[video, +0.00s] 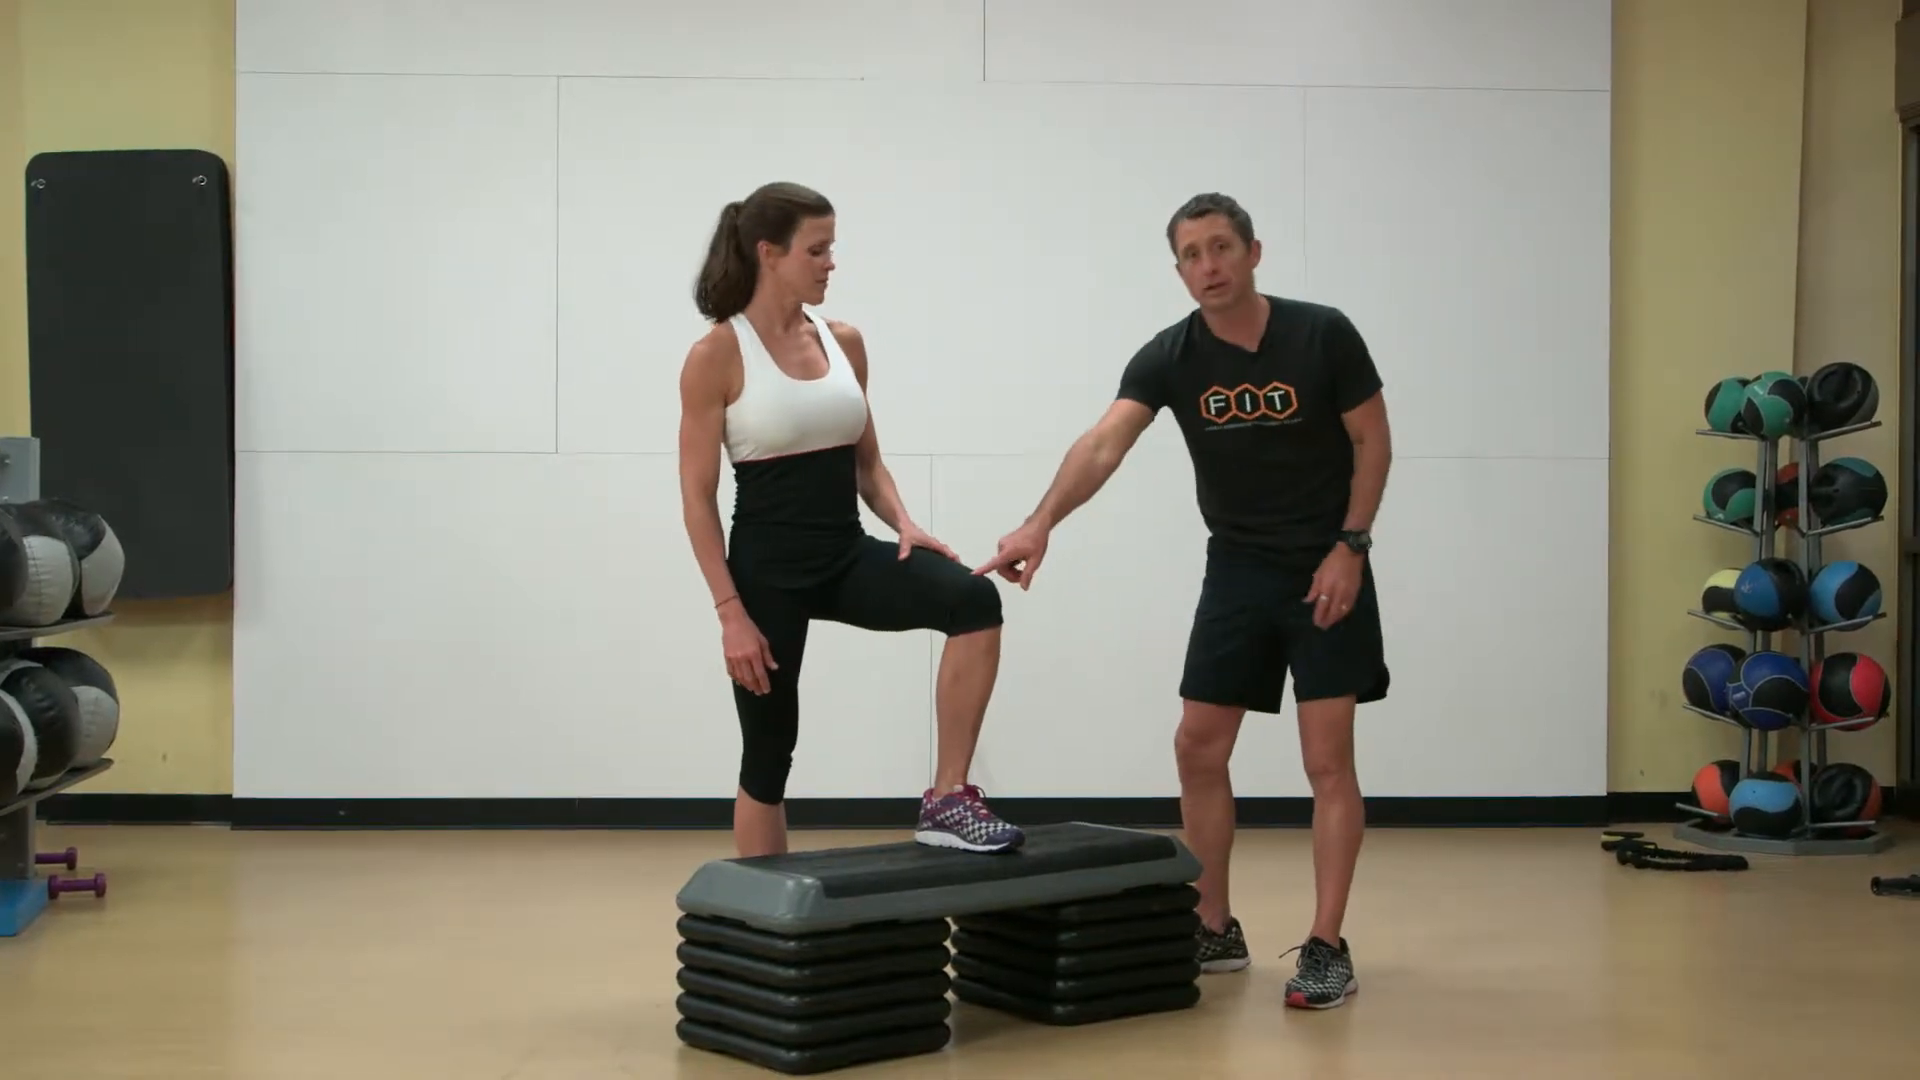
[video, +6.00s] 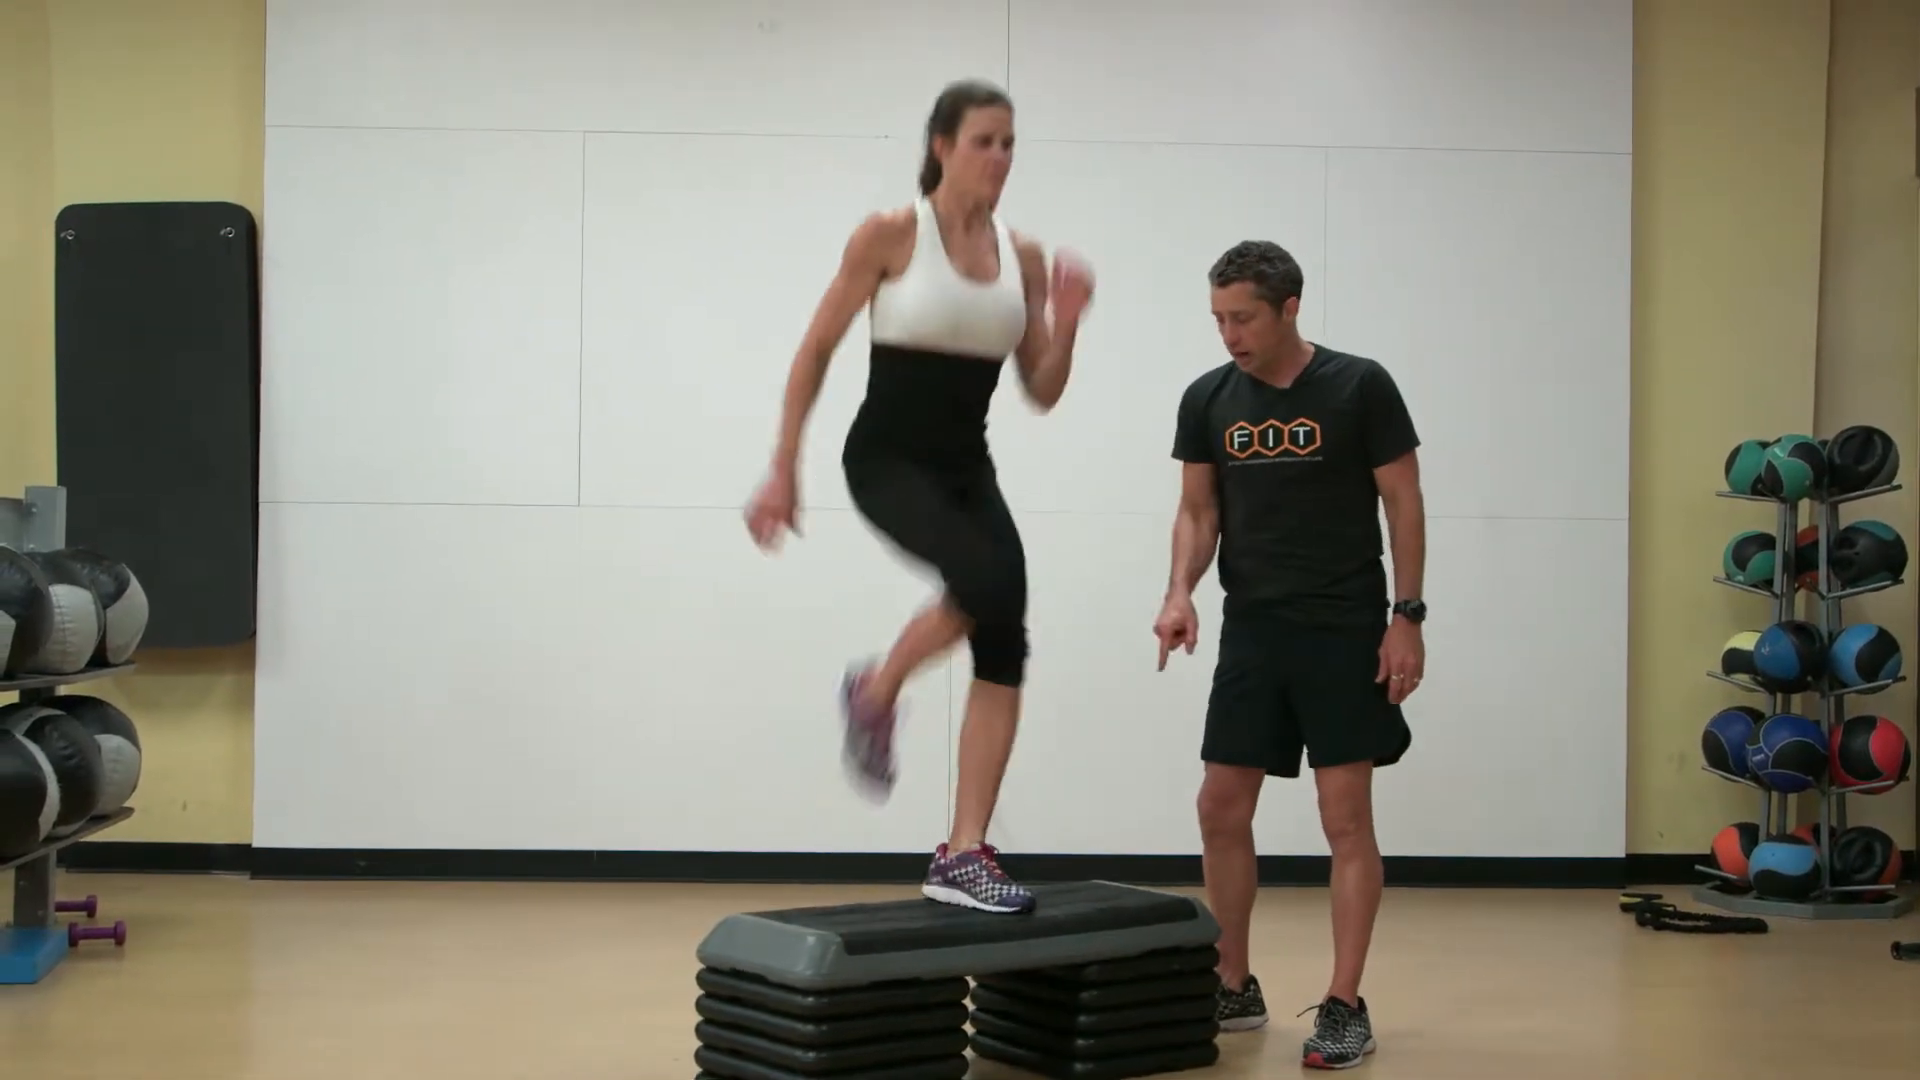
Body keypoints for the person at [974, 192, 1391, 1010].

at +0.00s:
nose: (1207, 266)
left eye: (1220, 248)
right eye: (1191, 255)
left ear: (1253, 253)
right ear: (1178, 270)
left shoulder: (1323, 336)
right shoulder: (1169, 358)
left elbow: (1373, 445)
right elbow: (1102, 444)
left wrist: (1352, 547)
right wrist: (1039, 523)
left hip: (1326, 566)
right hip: (1236, 568)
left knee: (1329, 762)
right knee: (1199, 745)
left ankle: (1326, 941)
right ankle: (1213, 924)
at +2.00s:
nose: (1204, 254)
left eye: (1217, 239)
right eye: (1201, 239)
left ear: (1269, 241)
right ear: (1220, 245)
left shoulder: (1332, 331)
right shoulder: (1210, 335)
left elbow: (1359, 457)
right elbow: (1194, 449)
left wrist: (1336, 567)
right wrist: (1118, 482)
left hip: (1296, 579)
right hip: (1218, 577)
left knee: (1315, 762)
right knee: (1209, 751)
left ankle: (1329, 949)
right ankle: (1219, 932)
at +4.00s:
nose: (1202, 287)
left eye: (1216, 273)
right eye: (1198, 274)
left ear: (1268, 274)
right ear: (1205, 279)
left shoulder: (1326, 363)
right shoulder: (1193, 368)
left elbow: (1360, 485)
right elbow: (1179, 477)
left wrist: (1339, 591)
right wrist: (1119, 518)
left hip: (1296, 607)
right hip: (1211, 605)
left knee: (1313, 791)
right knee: (1202, 781)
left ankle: (1326, 979)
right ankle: (1215, 962)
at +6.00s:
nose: (1229, 333)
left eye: (1242, 318)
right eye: (1220, 319)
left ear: (1289, 309)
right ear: (1215, 317)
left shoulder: (1359, 387)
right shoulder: (1209, 399)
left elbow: (1404, 503)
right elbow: (1197, 511)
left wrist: (1406, 615)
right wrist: (1178, 591)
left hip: (1344, 633)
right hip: (1252, 634)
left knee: (1346, 819)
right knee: (1220, 808)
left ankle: (1343, 1002)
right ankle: (1232, 986)